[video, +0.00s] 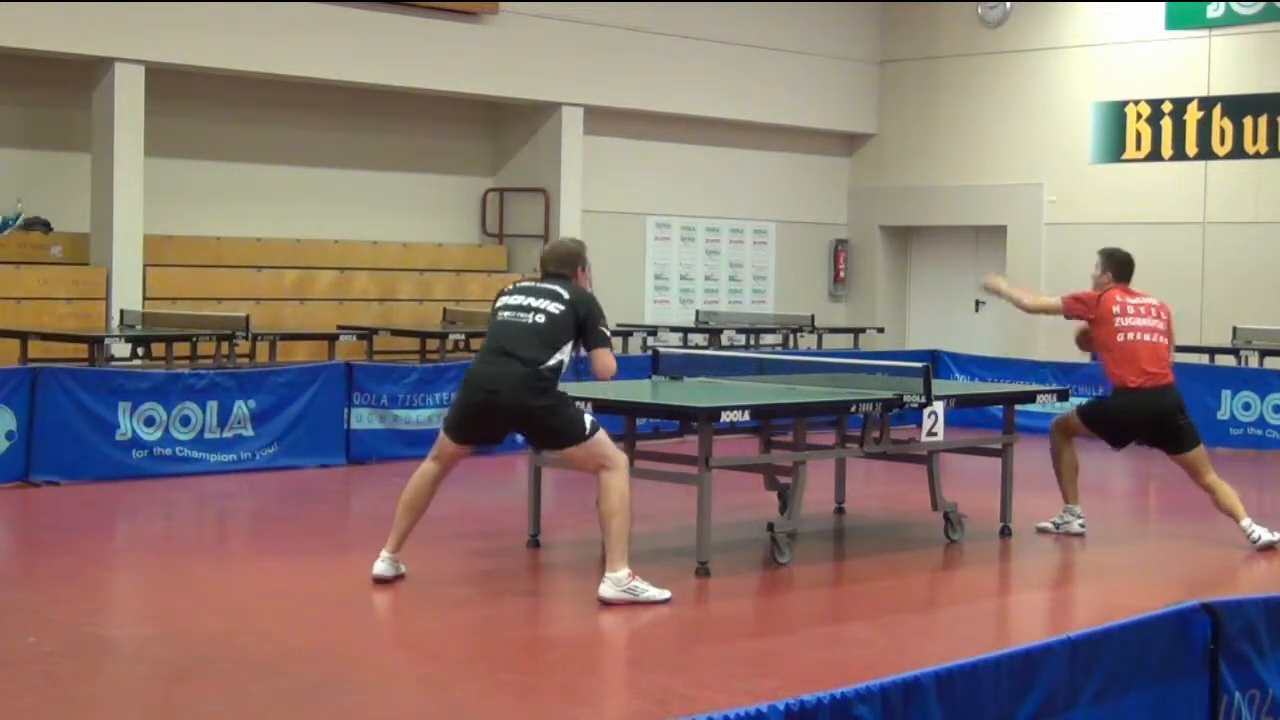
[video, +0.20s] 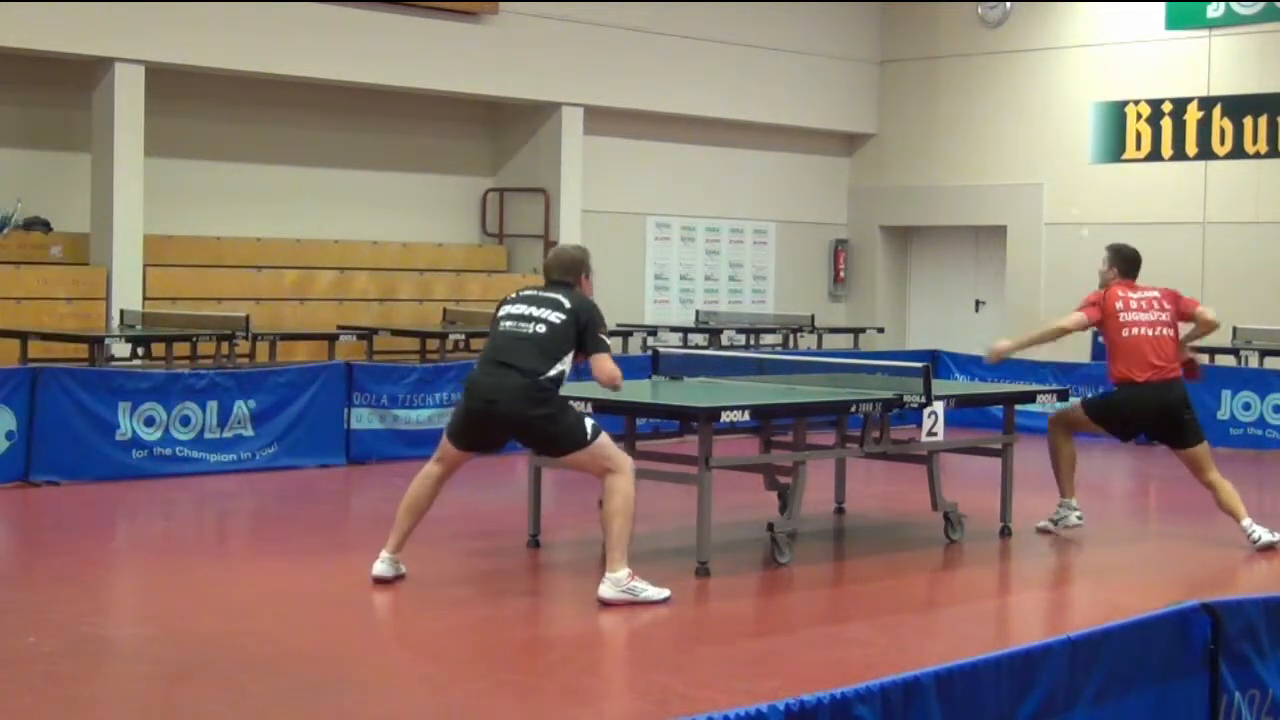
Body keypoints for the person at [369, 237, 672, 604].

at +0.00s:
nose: (589, 277)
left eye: (587, 271)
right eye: (588, 271)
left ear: (543, 270)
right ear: (579, 273)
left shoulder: (511, 291)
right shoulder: (581, 299)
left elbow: (500, 338)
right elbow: (604, 369)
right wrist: (599, 343)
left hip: (478, 387)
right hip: (532, 393)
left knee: (437, 462)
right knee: (613, 464)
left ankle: (387, 556)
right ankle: (618, 576)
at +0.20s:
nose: (592, 284)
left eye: (591, 277)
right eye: (591, 277)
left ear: (547, 276)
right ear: (582, 279)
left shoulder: (515, 298)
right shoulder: (583, 307)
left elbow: (500, 346)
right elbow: (607, 376)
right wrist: (614, 375)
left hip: (479, 399)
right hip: (533, 404)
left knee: (438, 466)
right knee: (620, 468)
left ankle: (387, 557)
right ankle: (617, 576)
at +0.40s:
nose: (595, 247)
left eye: (594, 242)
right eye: (594, 241)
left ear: (548, 244)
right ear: (585, 243)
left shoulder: (519, 272)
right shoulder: (591, 275)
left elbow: (487, 337)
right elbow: (608, 329)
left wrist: (525, 340)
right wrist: (625, 353)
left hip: (502, 374)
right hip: (553, 379)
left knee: (459, 450)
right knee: (627, 459)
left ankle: (408, 536)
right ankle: (621, 562)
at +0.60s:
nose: (593, 247)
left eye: (590, 242)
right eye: (592, 242)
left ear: (547, 245)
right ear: (584, 244)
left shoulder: (520, 272)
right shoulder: (595, 273)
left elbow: (481, 339)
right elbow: (625, 332)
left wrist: (506, 339)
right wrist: (632, 354)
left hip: (509, 373)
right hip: (562, 374)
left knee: (482, 455)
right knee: (634, 458)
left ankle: (454, 552)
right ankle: (627, 565)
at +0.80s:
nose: (590, 249)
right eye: (588, 243)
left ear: (545, 248)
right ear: (583, 246)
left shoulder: (524, 282)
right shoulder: (600, 278)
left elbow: (497, 352)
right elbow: (638, 338)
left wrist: (526, 364)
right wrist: (644, 362)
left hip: (528, 390)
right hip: (582, 391)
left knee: (497, 454)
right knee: (640, 469)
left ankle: (462, 546)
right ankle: (626, 567)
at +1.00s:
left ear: (527, 246)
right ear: (564, 243)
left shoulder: (508, 281)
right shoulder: (584, 266)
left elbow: (488, 351)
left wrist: (513, 353)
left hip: (526, 378)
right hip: (577, 375)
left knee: (504, 449)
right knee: (627, 464)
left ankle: (490, 536)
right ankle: (626, 564)